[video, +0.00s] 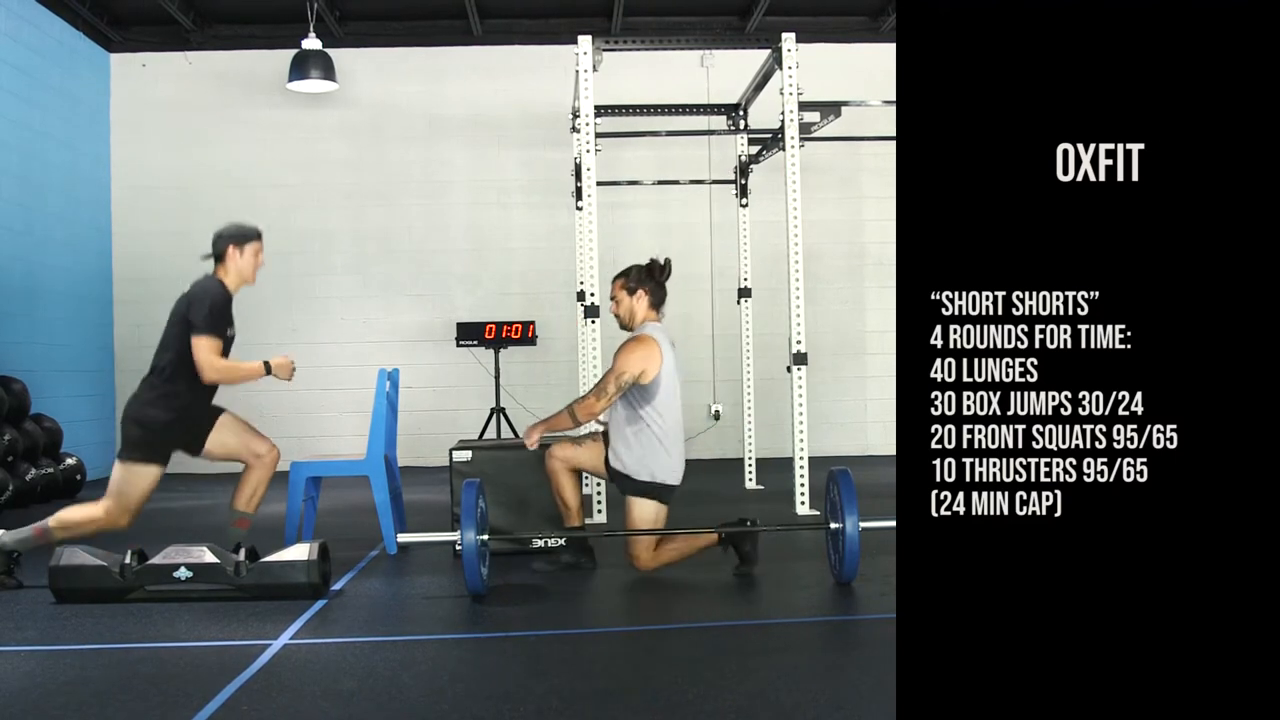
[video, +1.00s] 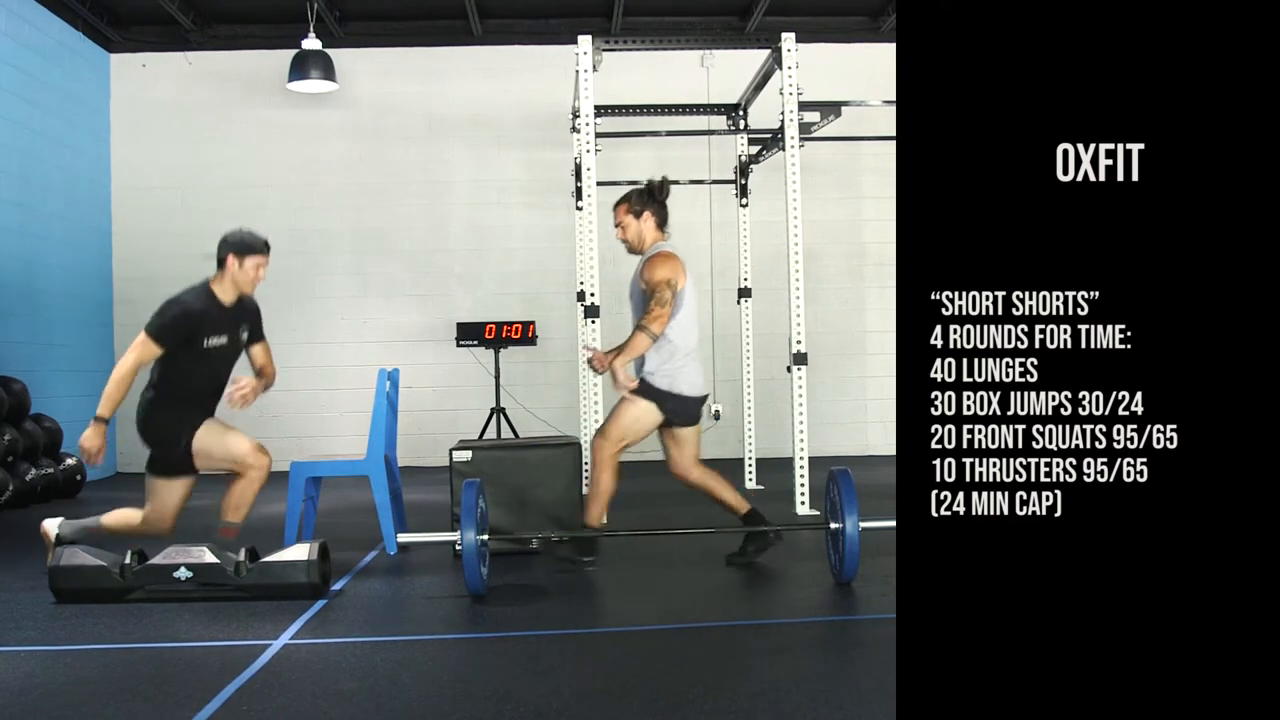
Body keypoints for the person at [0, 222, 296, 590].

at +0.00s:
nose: (262, 261)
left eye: (261, 253)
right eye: (257, 253)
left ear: (234, 255)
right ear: (233, 254)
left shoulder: (219, 298)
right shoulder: (208, 293)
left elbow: (203, 368)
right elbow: (210, 368)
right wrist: (268, 368)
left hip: (188, 414)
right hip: (155, 415)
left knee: (264, 453)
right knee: (115, 514)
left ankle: (234, 550)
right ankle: (11, 541)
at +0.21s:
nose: (266, 194)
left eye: (267, 186)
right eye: (261, 186)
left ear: (239, 187)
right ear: (236, 185)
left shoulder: (230, 236)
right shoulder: (211, 231)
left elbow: (215, 307)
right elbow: (199, 301)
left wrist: (240, 355)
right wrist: (234, 359)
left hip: (206, 358)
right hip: (177, 356)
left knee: (238, 448)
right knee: (162, 458)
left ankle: (230, 551)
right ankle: (69, 525)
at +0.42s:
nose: (264, 180)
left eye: (265, 172)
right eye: (258, 171)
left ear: (244, 174)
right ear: (232, 171)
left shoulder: (245, 225)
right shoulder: (203, 222)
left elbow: (255, 288)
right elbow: (174, 287)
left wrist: (299, 329)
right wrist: (178, 351)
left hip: (225, 349)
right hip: (194, 349)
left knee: (230, 446)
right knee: (207, 448)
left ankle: (226, 545)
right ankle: (192, 550)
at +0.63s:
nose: (267, 187)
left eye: (268, 179)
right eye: (261, 178)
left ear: (242, 178)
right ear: (235, 175)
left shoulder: (243, 224)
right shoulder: (206, 224)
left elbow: (263, 282)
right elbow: (172, 290)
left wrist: (303, 315)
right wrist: (170, 359)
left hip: (220, 348)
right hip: (191, 348)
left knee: (234, 445)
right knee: (217, 448)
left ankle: (213, 542)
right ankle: (213, 550)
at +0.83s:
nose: (263, 216)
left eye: (265, 208)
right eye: (257, 207)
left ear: (238, 206)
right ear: (232, 203)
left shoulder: (249, 251)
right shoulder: (191, 252)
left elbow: (269, 307)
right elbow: (147, 315)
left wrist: (277, 332)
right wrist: (132, 382)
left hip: (208, 371)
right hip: (180, 370)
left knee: (181, 474)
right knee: (245, 453)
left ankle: (94, 513)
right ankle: (220, 554)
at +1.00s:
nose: (262, 276)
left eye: (264, 268)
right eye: (257, 267)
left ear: (237, 264)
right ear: (231, 263)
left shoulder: (246, 309)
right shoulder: (186, 308)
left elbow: (266, 368)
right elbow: (132, 360)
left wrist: (259, 383)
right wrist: (99, 423)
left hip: (193, 419)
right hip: (163, 417)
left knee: (158, 523)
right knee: (255, 461)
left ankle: (61, 531)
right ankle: (223, 557)